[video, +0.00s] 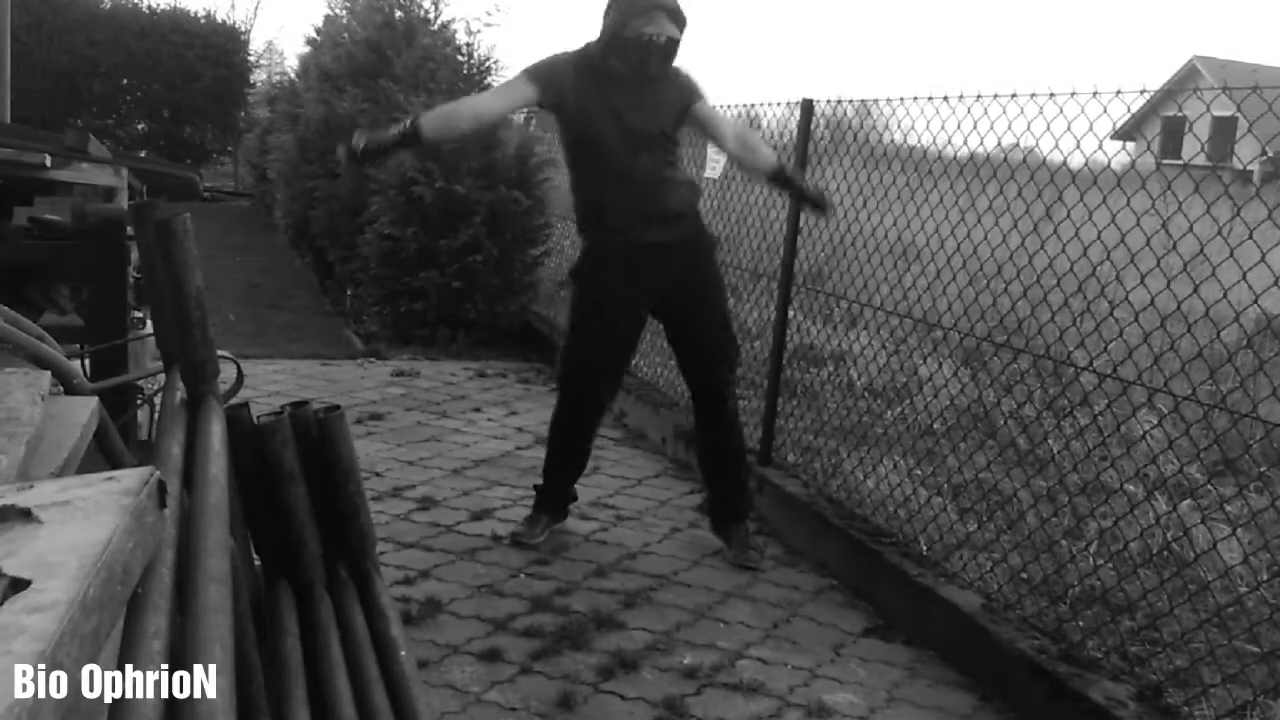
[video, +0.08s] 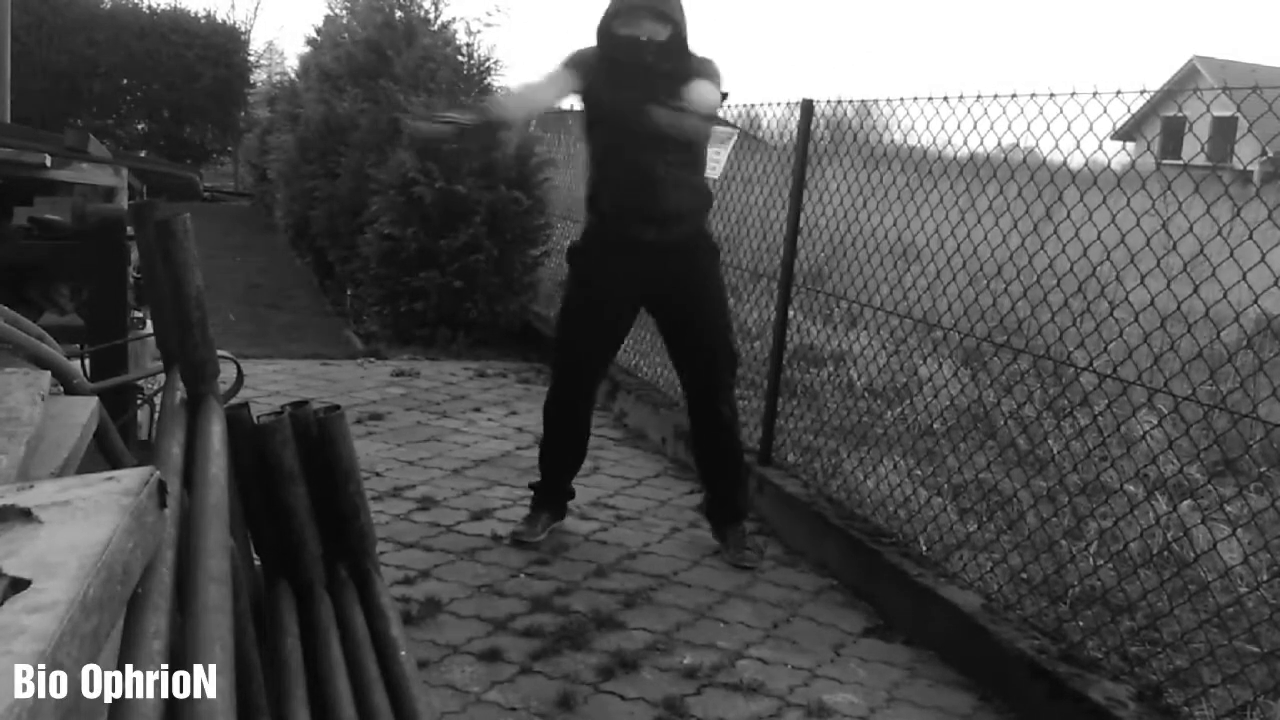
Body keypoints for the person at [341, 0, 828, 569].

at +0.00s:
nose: (658, 50)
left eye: (668, 39)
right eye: (648, 35)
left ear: (673, 38)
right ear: (618, 25)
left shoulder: (676, 87)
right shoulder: (563, 74)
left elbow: (735, 140)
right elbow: (481, 109)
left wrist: (788, 177)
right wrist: (401, 134)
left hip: (687, 258)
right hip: (612, 261)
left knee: (714, 388)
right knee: (582, 393)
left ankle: (733, 519)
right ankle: (548, 510)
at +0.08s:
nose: (639, 46)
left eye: (652, 37)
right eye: (627, 36)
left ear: (674, 33)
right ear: (609, 29)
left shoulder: (696, 71)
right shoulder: (593, 66)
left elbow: (699, 127)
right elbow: (530, 98)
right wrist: (465, 114)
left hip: (682, 255)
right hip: (607, 251)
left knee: (713, 385)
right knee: (572, 379)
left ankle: (730, 520)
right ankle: (549, 503)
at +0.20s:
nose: (644, 53)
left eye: (656, 41)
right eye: (633, 42)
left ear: (686, 37)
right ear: (622, 41)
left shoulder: (726, 82)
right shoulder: (617, 81)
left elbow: (652, 106)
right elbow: (605, 170)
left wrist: (574, 101)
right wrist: (564, 145)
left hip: (676, 263)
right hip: (603, 254)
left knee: (701, 394)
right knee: (572, 382)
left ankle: (725, 523)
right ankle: (547, 502)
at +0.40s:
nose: (664, 54)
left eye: (676, 42)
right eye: (652, 44)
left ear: (702, 39)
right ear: (642, 43)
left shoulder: (739, 89)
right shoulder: (633, 87)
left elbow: (705, 147)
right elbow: (618, 176)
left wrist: (635, 112)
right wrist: (614, 129)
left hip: (676, 266)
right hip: (608, 253)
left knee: (695, 399)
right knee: (568, 380)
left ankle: (723, 525)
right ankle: (547, 500)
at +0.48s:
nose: (663, 24)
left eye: (675, 15)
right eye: (650, 16)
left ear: (694, 23)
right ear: (633, 25)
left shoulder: (721, 68)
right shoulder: (615, 70)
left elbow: (751, 109)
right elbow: (582, 104)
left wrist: (692, 114)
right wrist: (623, 66)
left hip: (686, 256)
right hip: (611, 250)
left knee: (708, 392)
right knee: (574, 378)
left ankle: (728, 524)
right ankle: (549, 501)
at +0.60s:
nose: (660, 25)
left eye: (673, 17)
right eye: (649, 13)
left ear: (687, 22)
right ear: (625, 12)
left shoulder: (697, 60)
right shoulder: (596, 52)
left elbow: (719, 112)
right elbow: (595, 93)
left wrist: (707, 171)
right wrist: (662, 110)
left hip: (691, 251)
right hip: (615, 248)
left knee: (712, 386)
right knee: (579, 380)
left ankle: (733, 519)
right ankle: (550, 504)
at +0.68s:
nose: (647, 40)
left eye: (661, 31)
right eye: (635, 25)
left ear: (673, 38)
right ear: (610, 24)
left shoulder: (676, 80)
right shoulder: (578, 80)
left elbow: (680, 134)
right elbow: (625, 154)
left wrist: (689, 185)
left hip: (691, 254)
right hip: (620, 258)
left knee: (721, 388)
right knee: (591, 387)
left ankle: (734, 518)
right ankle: (551, 507)